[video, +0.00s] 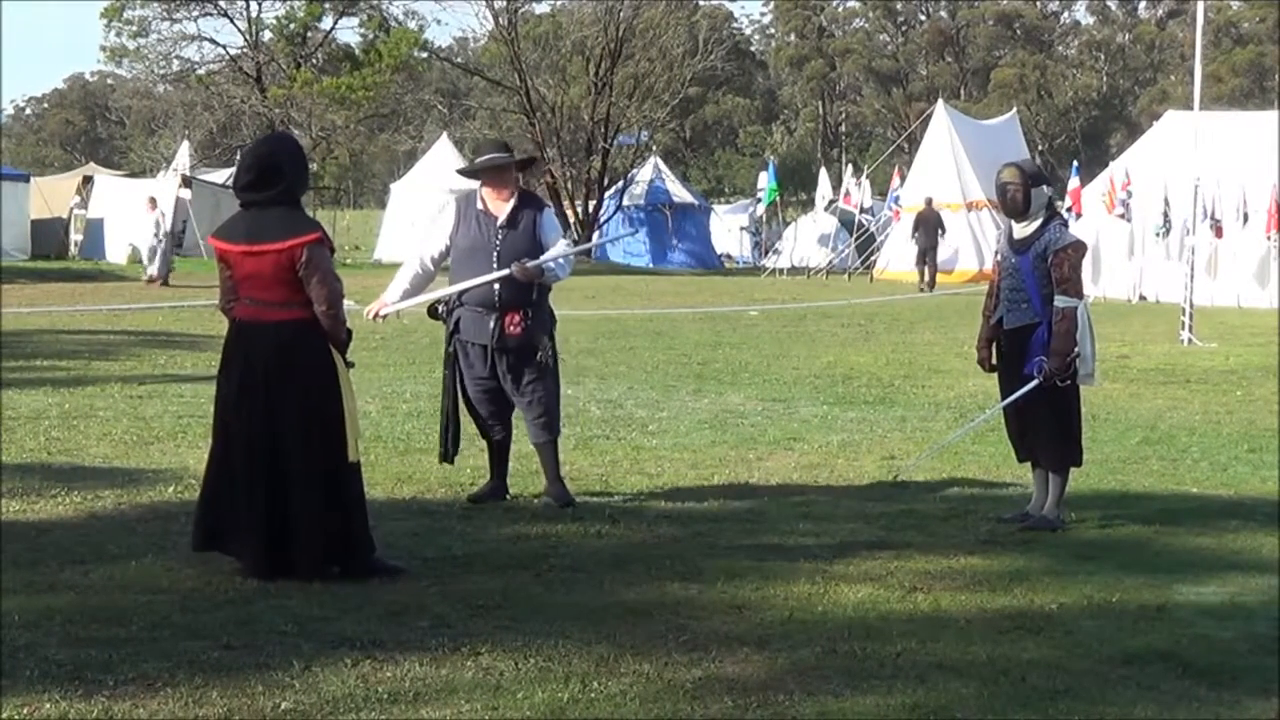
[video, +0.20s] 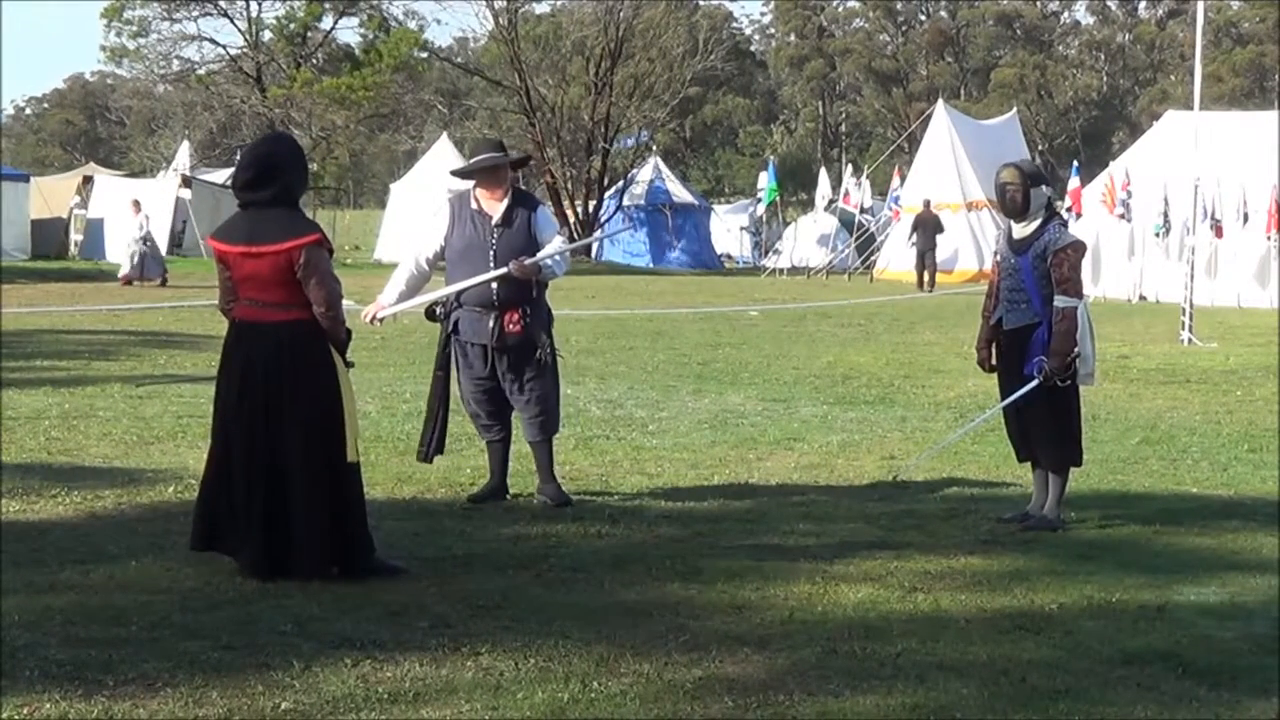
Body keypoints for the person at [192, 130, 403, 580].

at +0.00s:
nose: (306, 180)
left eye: (304, 172)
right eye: (302, 172)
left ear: (248, 176)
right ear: (293, 177)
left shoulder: (228, 233)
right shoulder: (304, 233)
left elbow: (228, 301)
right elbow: (326, 306)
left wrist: (251, 328)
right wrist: (342, 339)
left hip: (247, 345)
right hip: (299, 347)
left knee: (253, 444)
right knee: (312, 444)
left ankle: (259, 550)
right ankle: (322, 549)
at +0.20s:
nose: (305, 180)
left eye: (303, 172)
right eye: (301, 173)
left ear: (247, 176)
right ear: (292, 178)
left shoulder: (226, 234)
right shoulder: (303, 234)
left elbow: (227, 302)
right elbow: (326, 308)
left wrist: (252, 327)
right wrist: (342, 339)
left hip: (246, 344)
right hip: (299, 345)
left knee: (253, 442)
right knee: (312, 443)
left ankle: (257, 549)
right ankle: (321, 548)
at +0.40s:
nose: (305, 181)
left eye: (303, 173)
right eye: (301, 174)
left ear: (246, 176)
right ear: (292, 179)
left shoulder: (225, 235)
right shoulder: (302, 235)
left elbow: (228, 302)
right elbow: (325, 307)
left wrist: (253, 326)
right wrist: (342, 340)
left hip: (246, 344)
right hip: (299, 346)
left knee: (253, 442)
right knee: (312, 443)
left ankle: (257, 549)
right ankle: (319, 548)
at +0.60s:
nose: (304, 181)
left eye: (303, 174)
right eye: (301, 174)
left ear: (247, 175)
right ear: (292, 178)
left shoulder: (225, 234)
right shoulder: (302, 235)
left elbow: (228, 302)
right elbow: (325, 309)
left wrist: (253, 328)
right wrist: (342, 340)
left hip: (247, 345)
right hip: (299, 347)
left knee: (252, 443)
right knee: (312, 444)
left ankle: (257, 548)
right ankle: (321, 548)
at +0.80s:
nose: (305, 181)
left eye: (303, 173)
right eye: (301, 173)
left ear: (247, 175)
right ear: (292, 178)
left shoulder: (226, 234)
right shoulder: (302, 234)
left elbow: (229, 302)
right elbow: (326, 308)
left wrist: (251, 329)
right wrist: (341, 341)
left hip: (247, 345)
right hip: (299, 347)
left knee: (253, 443)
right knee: (312, 443)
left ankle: (258, 548)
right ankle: (321, 547)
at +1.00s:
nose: (305, 180)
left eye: (303, 172)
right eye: (301, 173)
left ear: (248, 175)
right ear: (292, 177)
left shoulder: (226, 234)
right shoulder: (303, 233)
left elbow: (229, 301)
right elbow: (327, 305)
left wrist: (246, 332)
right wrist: (341, 341)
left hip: (247, 345)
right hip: (299, 346)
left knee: (253, 443)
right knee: (312, 443)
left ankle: (258, 548)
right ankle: (320, 547)